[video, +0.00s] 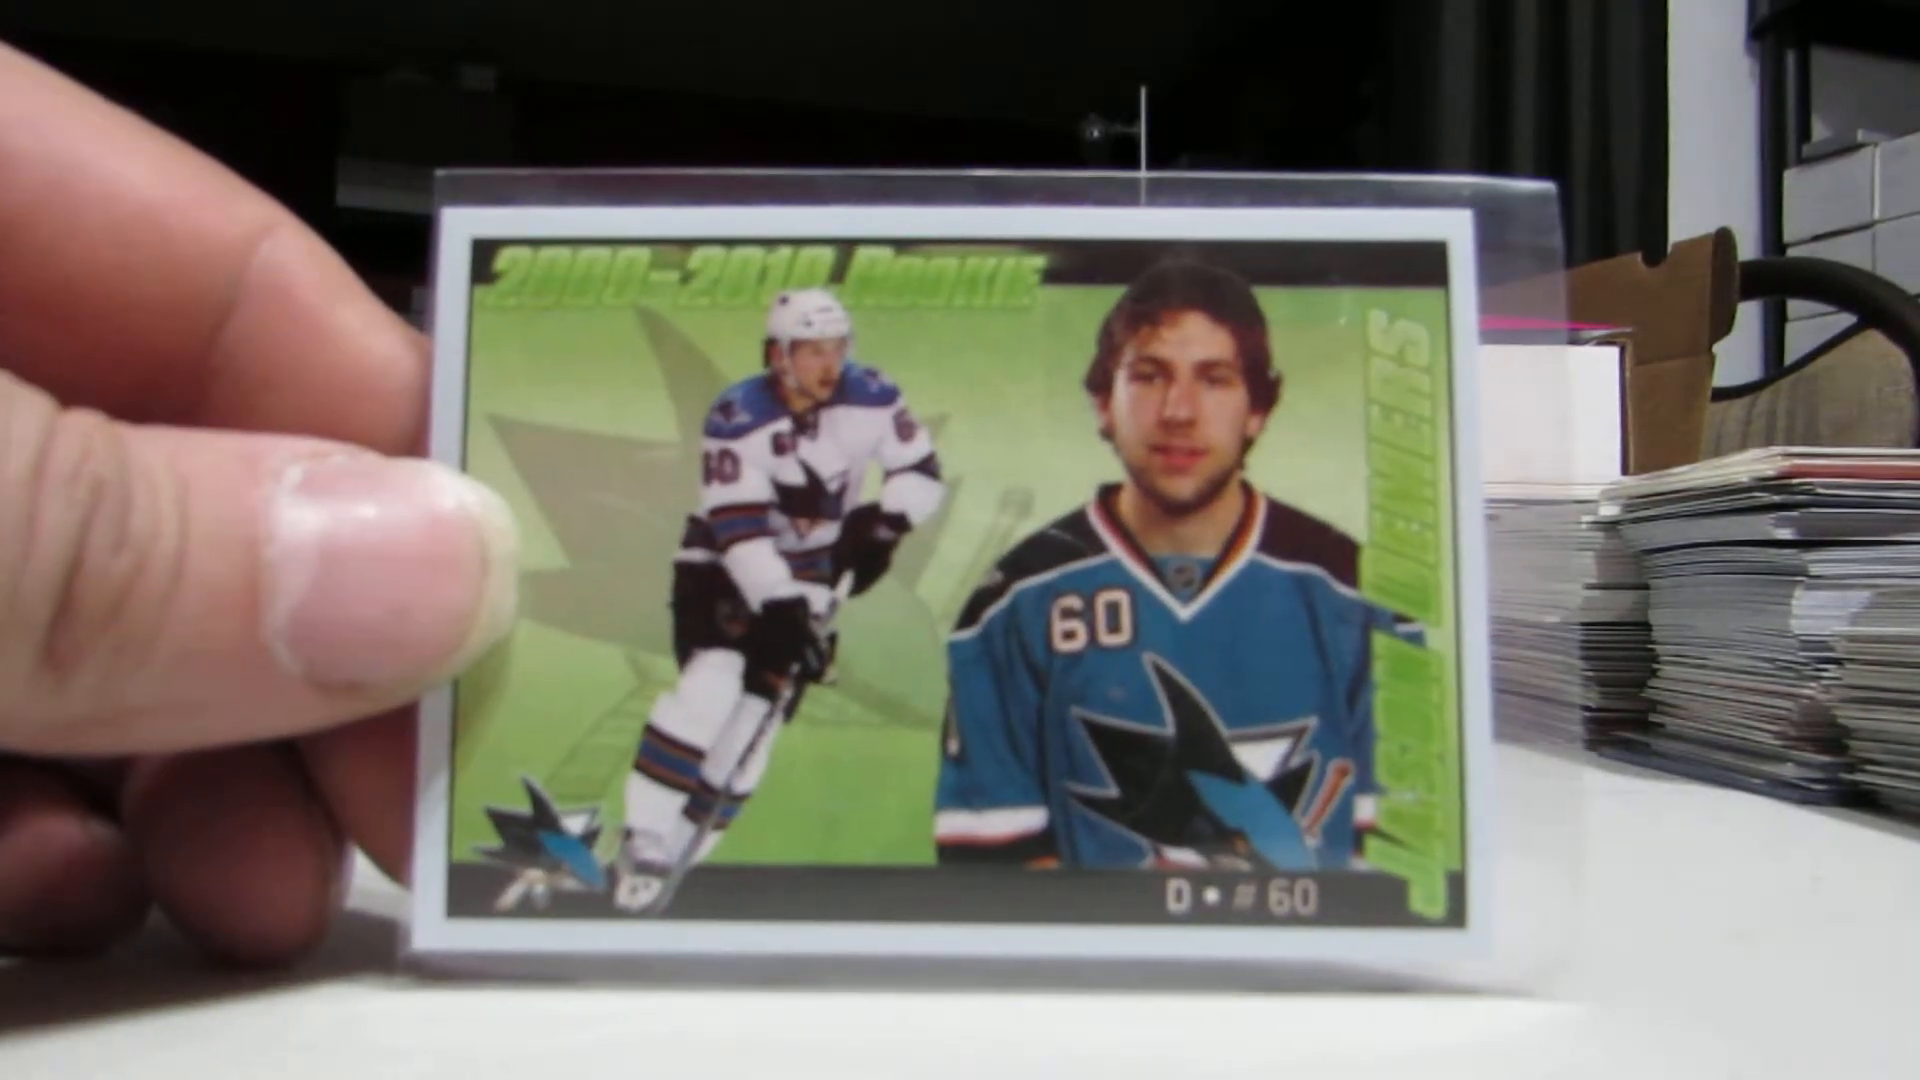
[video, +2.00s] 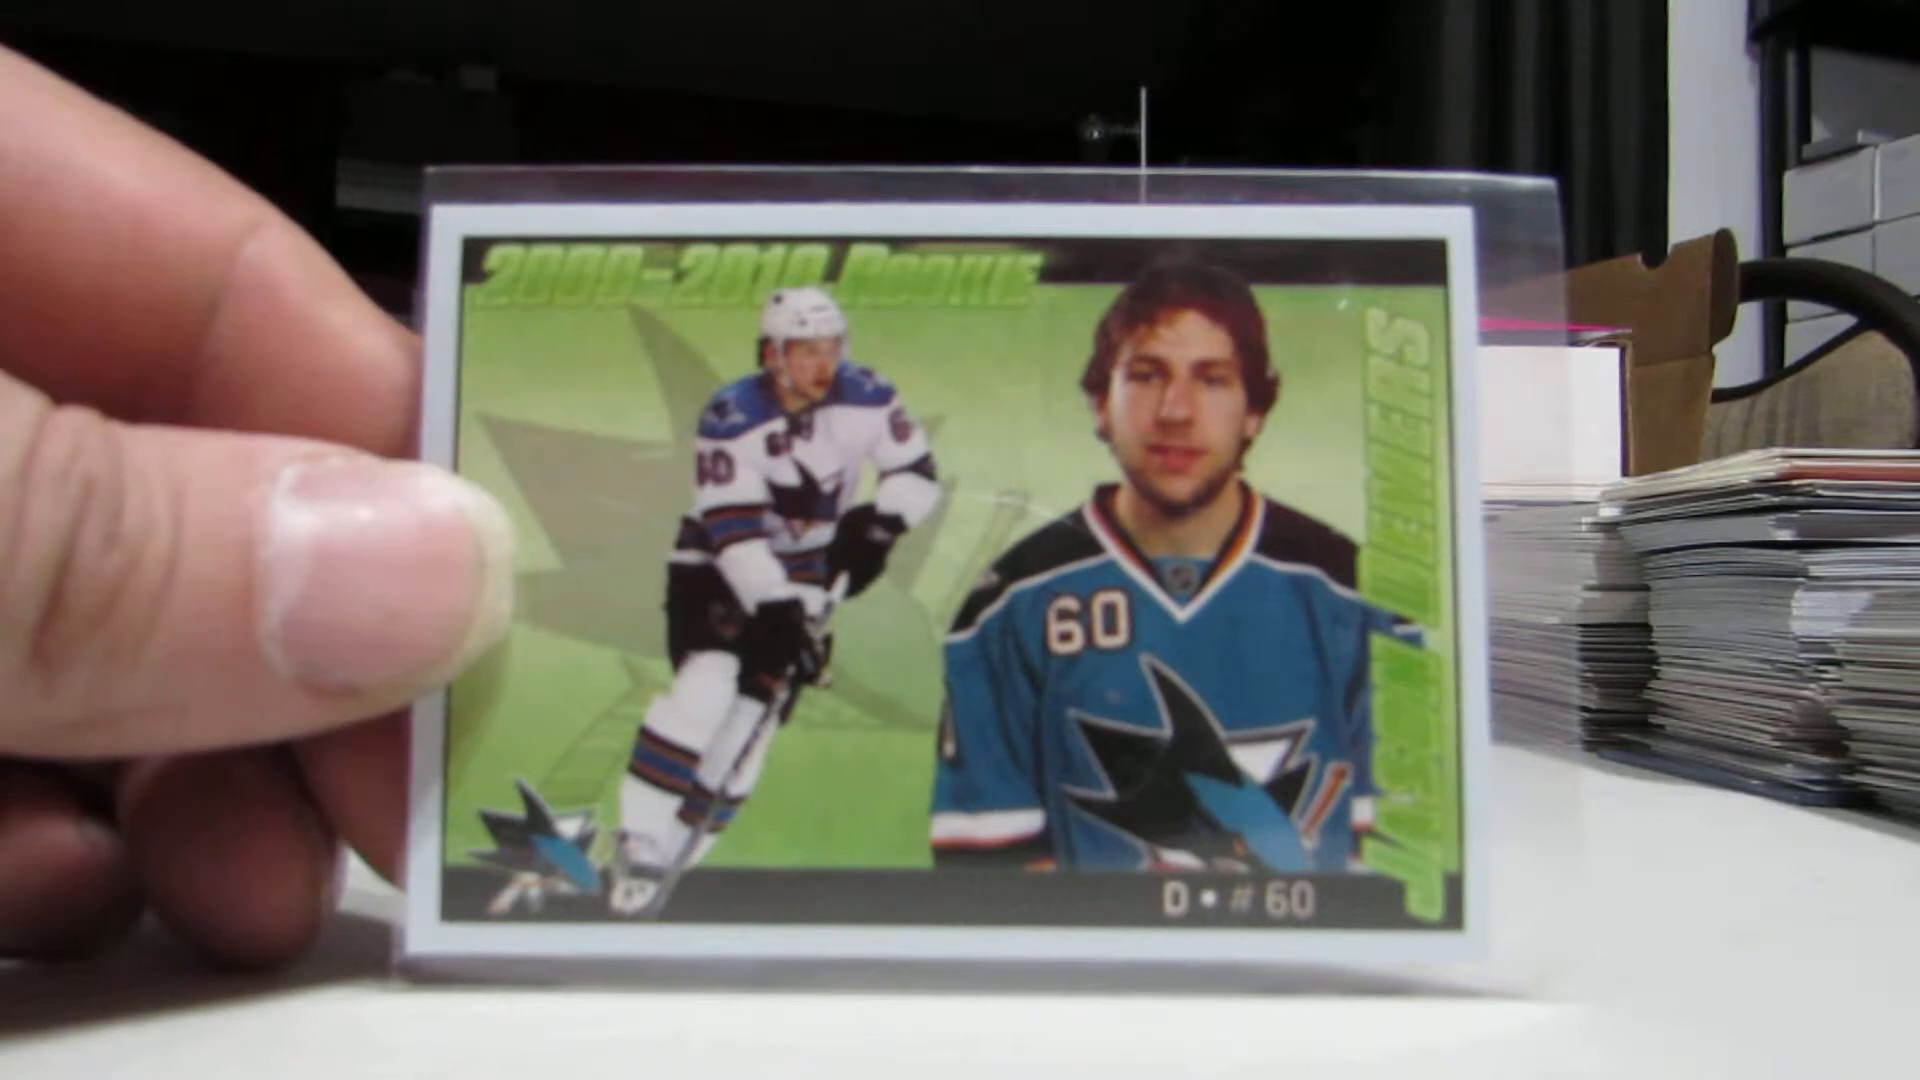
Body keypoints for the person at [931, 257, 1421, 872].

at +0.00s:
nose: (1178, 409)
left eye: (1213, 379)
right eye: (1149, 376)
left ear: (1256, 411)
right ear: (1104, 405)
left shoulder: (1351, 584)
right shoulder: (1019, 599)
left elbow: (1398, 847)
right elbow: (993, 868)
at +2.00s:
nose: (1175, 409)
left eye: (1211, 379)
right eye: (1146, 375)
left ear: (1253, 412)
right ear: (1101, 406)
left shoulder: (1349, 587)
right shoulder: (1014, 603)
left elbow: (1394, 853)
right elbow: (989, 874)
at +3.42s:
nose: (1175, 412)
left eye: (1210, 381)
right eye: (1145, 378)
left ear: (1254, 413)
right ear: (1101, 408)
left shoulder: (1354, 590)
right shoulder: (1017, 604)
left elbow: (1401, 854)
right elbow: (993, 873)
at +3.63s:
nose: (1176, 411)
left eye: (1211, 381)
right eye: (1146, 378)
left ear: (1254, 413)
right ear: (1102, 408)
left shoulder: (1353, 588)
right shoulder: (1017, 604)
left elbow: (1400, 851)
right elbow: (992, 873)